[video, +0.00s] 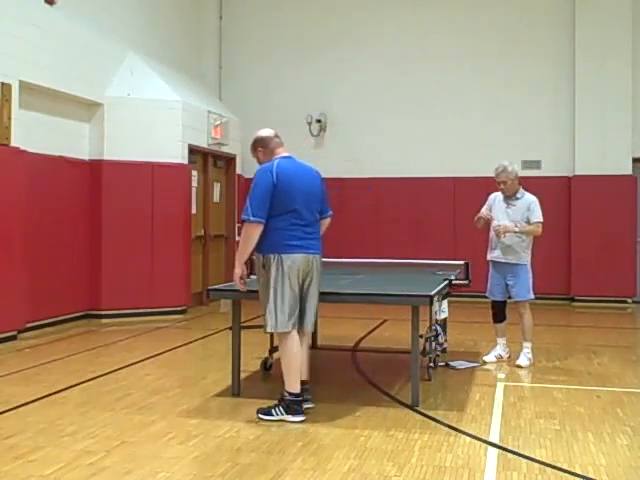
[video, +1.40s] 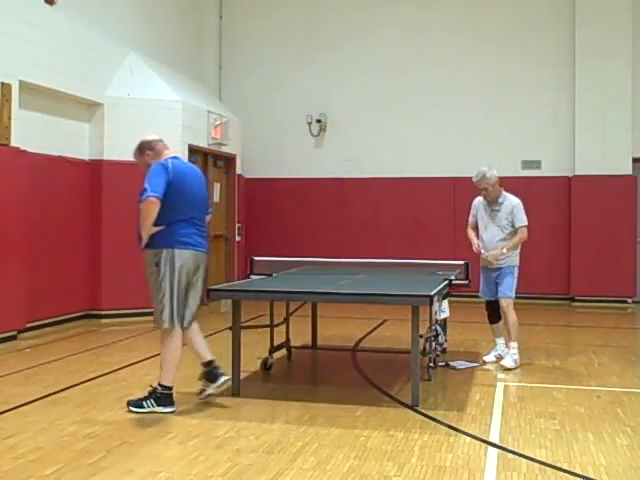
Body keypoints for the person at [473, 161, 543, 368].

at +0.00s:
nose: (501, 187)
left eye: (505, 183)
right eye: (499, 183)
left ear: (516, 181)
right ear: (497, 183)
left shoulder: (530, 201)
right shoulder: (494, 198)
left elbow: (537, 229)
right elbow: (481, 224)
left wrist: (513, 228)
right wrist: (482, 219)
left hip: (519, 261)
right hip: (497, 260)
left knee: (522, 305)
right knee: (497, 304)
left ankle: (526, 349)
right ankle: (501, 347)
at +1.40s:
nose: (483, 194)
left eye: (486, 189)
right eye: (481, 190)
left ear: (497, 184)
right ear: (479, 188)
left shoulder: (513, 203)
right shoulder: (478, 203)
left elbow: (523, 234)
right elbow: (470, 227)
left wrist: (500, 252)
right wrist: (474, 240)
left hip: (508, 263)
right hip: (487, 263)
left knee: (505, 303)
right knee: (491, 304)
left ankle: (513, 349)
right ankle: (500, 345)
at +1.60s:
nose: (476, 209)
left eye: (479, 206)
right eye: (474, 206)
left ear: (490, 200)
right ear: (473, 203)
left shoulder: (509, 212)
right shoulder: (474, 213)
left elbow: (518, 244)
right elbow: (472, 240)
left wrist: (504, 269)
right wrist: (473, 261)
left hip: (510, 263)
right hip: (489, 264)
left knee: (506, 305)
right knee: (489, 306)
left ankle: (506, 352)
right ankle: (499, 346)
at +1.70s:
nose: (471, 223)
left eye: (474, 220)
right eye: (470, 220)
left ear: (485, 214)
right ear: (469, 216)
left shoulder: (507, 222)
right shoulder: (471, 227)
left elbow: (519, 251)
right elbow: (470, 254)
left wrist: (507, 280)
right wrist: (469, 282)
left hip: (514, 267)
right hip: (492, 268)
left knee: (504, 306)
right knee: (488, 309)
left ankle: (506, 352)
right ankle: (500, 346)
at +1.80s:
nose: (470, 239)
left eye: (472, 235)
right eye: (468, 236)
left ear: (483, 229)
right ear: (466, 233)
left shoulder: (505, 232)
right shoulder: (469, 242)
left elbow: (522, 257)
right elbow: (467, 271)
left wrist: (509, 286)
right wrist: (464, 296)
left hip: (517, 271)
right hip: (495, 273)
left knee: (504, 307)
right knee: (488, 310)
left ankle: (506, 352)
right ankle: (499, 347)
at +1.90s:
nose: (470, 255)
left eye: (472, 251)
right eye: (468, 252)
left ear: (482, 244)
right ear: (465, 249)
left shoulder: (503, 241)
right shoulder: (469, 256)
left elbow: (525, 265)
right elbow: (466, 285)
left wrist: (510, 288)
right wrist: (460, 315)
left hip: (518, 274)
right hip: (496, 278)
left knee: (505, 308)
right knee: (488, 312)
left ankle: (506, 353)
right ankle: (500, 348)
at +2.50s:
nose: (465, 241)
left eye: (466, 237)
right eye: (463, 238)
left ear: (476, 229)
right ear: (462, 235)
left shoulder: (499, 233)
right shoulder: (466, 245)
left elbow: (517, 258)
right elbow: (469, 273)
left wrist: (507, 289)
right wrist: (468, 301)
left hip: (517, 269)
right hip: (496, 273)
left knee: (504, 307)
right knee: (489, 310)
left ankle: (506, 353)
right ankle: (499, 348)